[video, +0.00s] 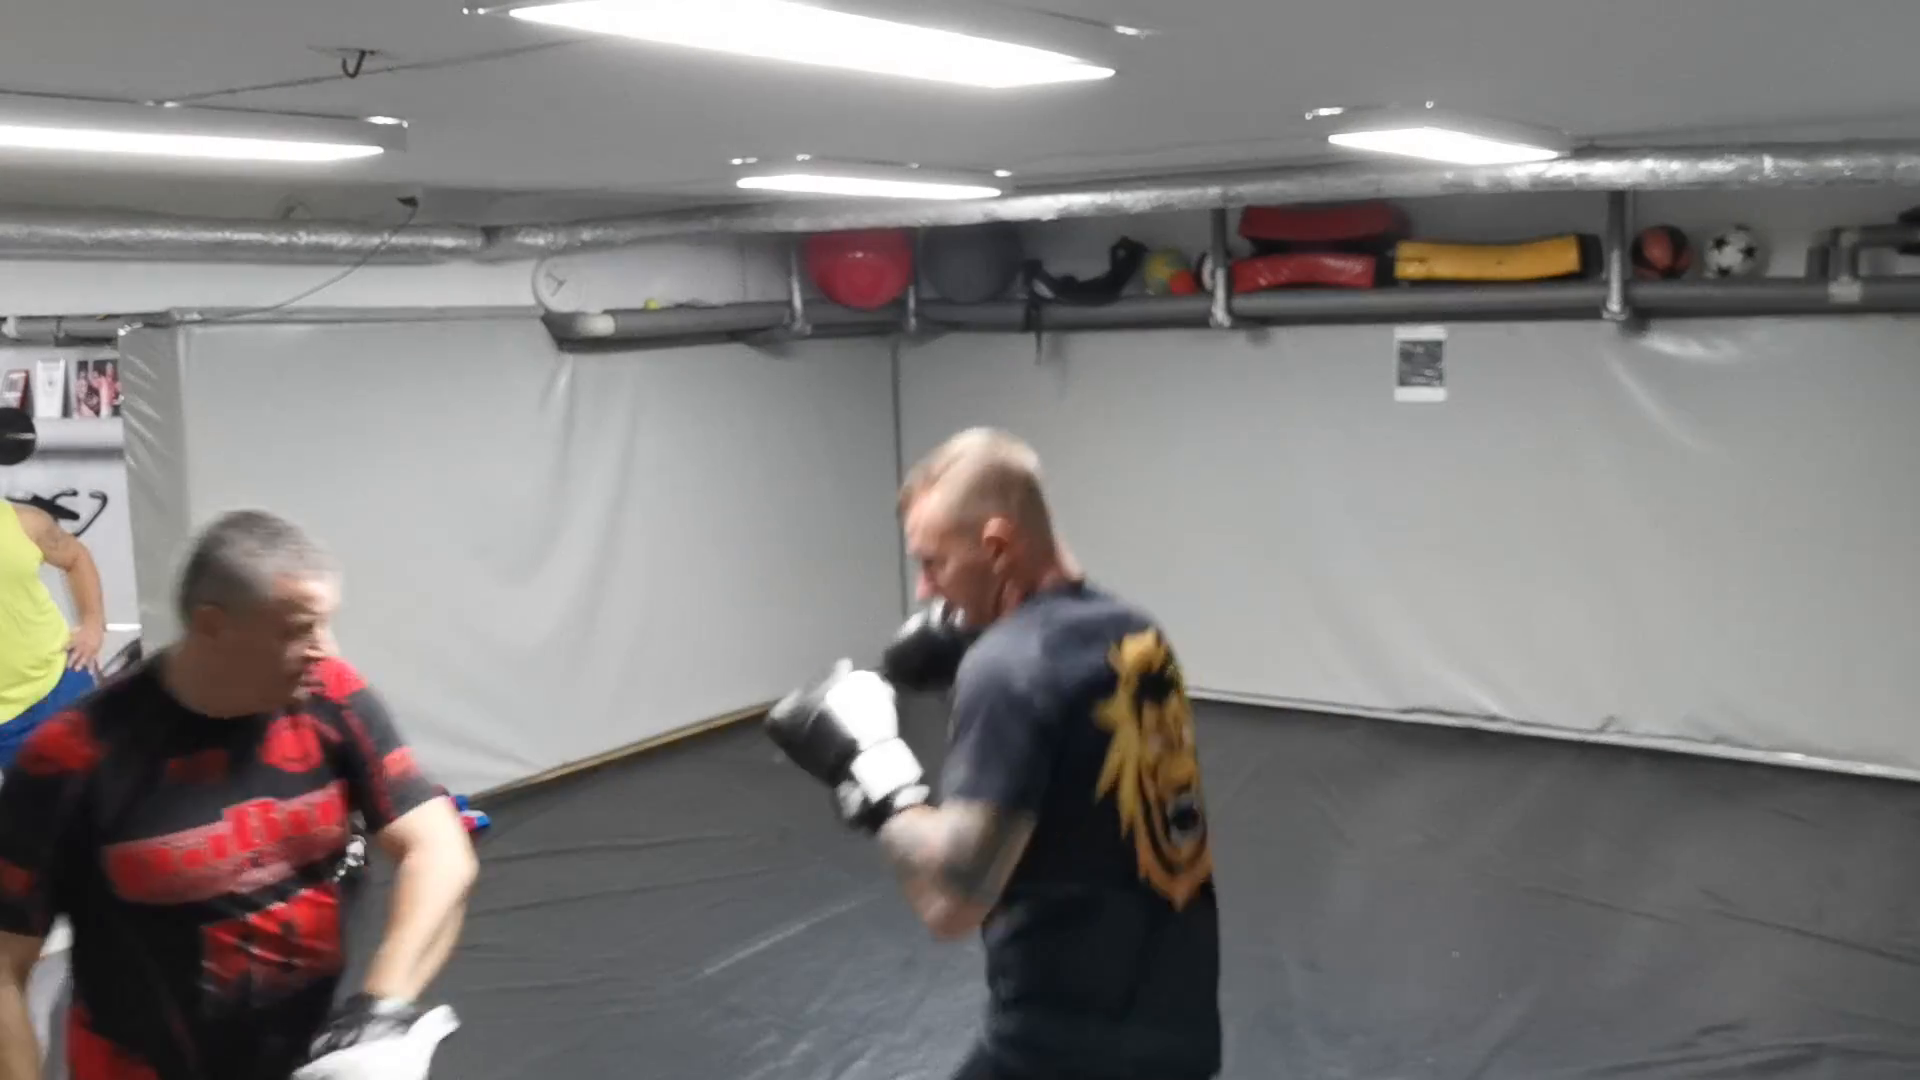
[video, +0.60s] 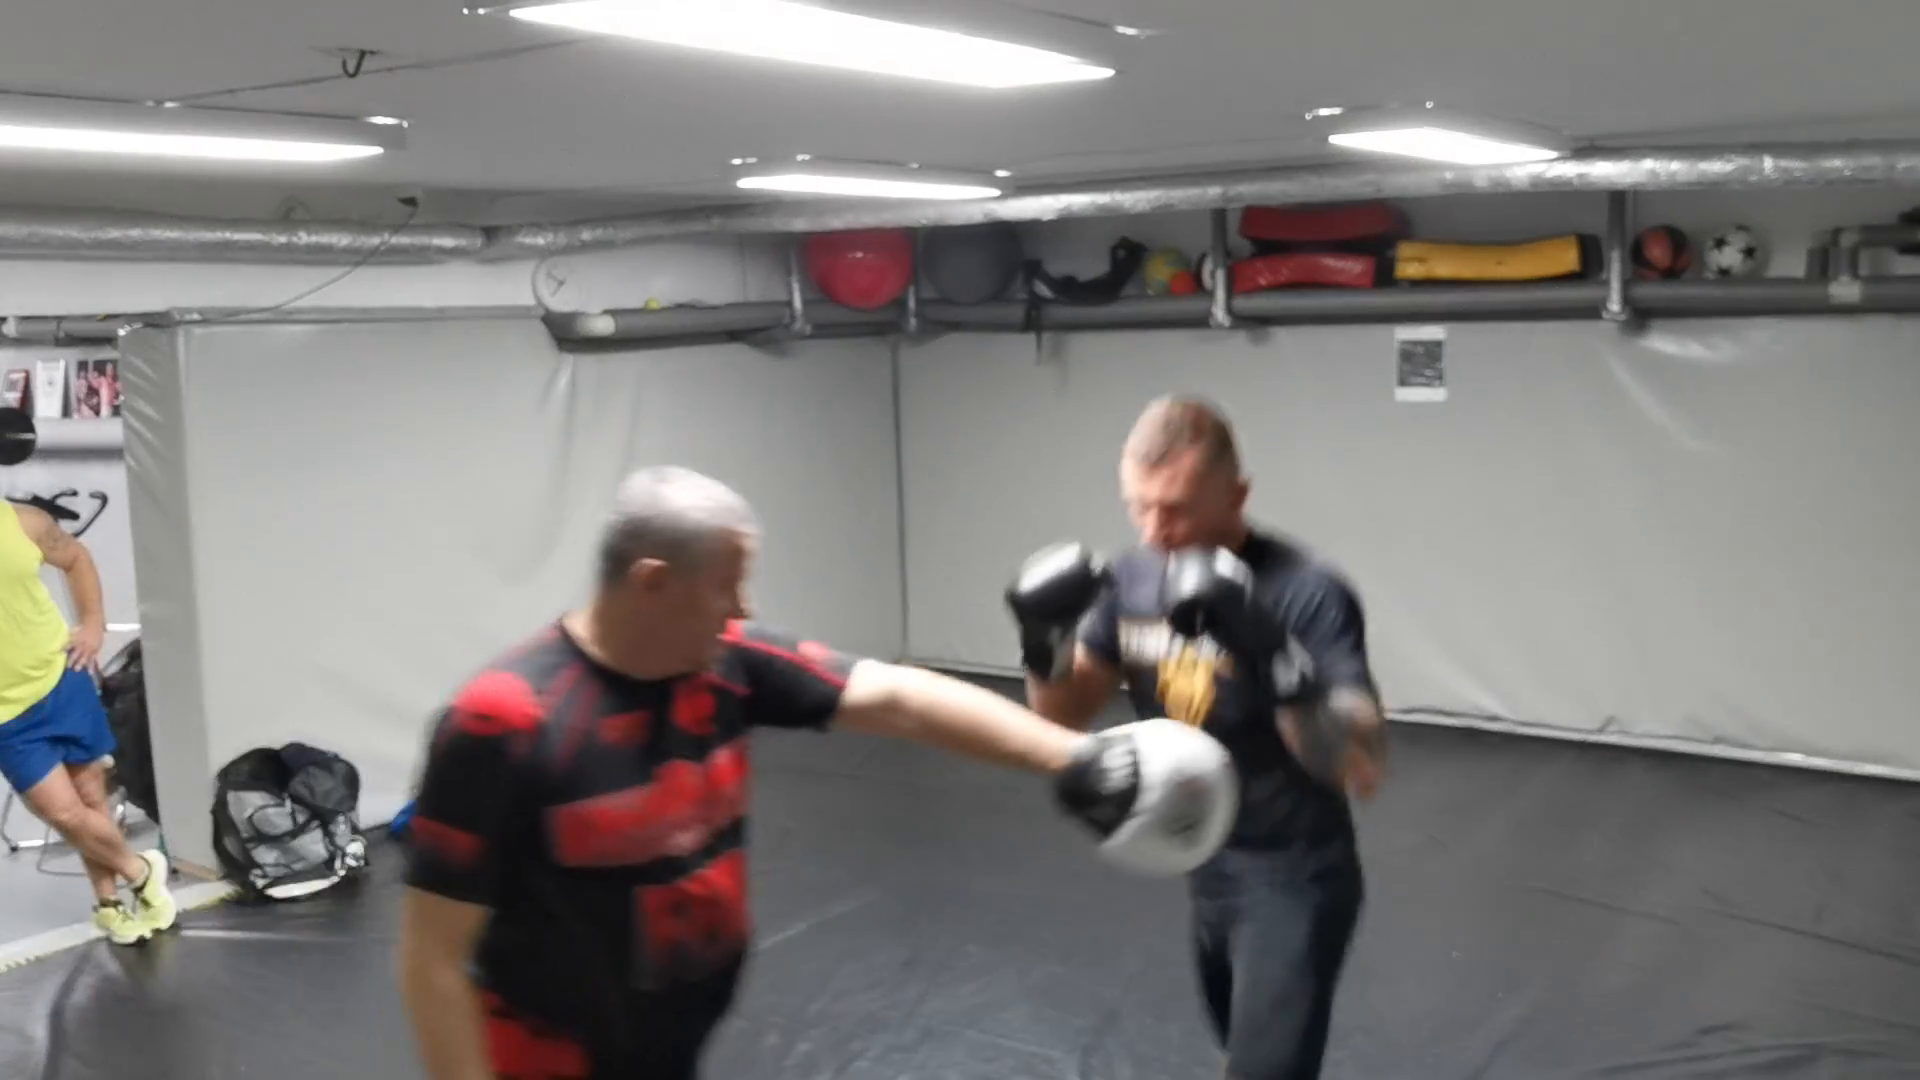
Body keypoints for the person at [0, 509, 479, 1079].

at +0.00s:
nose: (321, 650)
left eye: (323, 626)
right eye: (296, 631)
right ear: (211, 626)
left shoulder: (330, 699)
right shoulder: (70, 759)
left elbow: (442, 853)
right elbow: (8, 965)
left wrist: (378, 1012)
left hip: (304, 1054)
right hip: (140, 1063)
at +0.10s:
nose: (386, 664)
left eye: (389, 640)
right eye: (366, 642)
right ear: (280, 634)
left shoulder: (386, 706)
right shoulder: (131, 765)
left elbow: (504, 832)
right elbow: (45, 979)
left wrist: (463, 975)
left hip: (350, 1058)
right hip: (189, 1066)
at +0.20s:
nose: (468, 668)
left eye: (471, 642)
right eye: (449, 643)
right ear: (361, 634)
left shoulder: (466, 715)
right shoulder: (216, 765)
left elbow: (588, 808)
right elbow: (131, 978)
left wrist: (585, 931)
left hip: (413, 1059)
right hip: (255, 1062)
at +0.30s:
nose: (549, 651)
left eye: (553, 627)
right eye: (533, 629)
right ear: (448, 622)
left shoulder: (545, 701)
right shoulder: (297, 753)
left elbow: (691, 772)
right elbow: (224, 966)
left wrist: (725, 886)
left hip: (499, 1058)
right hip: (345, 1066)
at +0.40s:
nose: (620, 628)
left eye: (624, 603)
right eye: (604, 605)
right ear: (521, 598)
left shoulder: (612, 678)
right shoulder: (372, 726)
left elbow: (764, 727)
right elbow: (297, 948)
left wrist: (879, 825)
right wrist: (310, 1074)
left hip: (561, 1049)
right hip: (409, 1057)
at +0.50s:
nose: (685, 611)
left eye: (687, 589)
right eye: (670, 588)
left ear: (612, 584)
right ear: (587, 582)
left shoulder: (670, 665)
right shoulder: (432, 717)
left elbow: (832, 705)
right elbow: (363, 942)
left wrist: (997, 781)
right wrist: (389, 1079)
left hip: (616, 1050)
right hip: (478, 1060)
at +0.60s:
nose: (741, 613)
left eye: (743, 592)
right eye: (728, 591)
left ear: (666, 582)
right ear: (649, 582)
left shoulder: (723, 667)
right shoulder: (500, 721)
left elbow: (899, 697)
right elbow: (430, 961)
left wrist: (1079, 759)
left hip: (673, 1043)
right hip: (549, 1053)